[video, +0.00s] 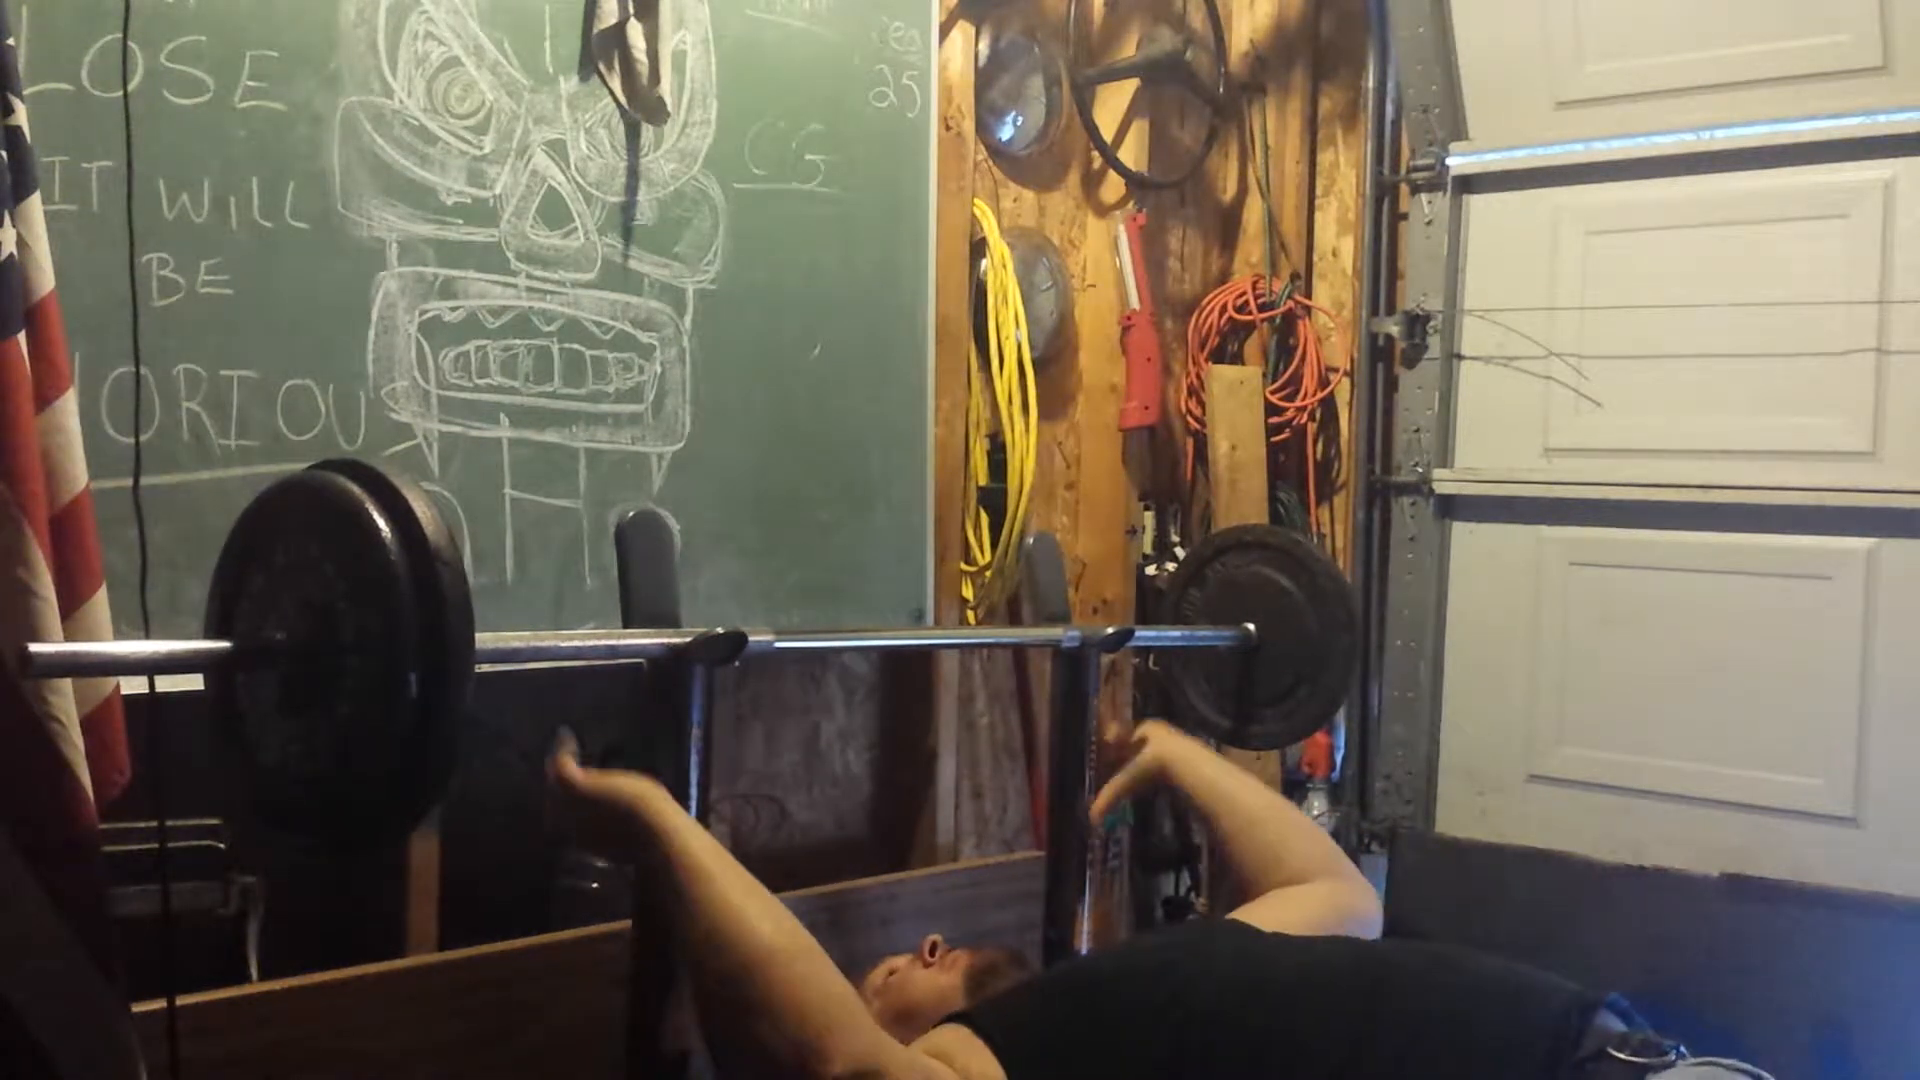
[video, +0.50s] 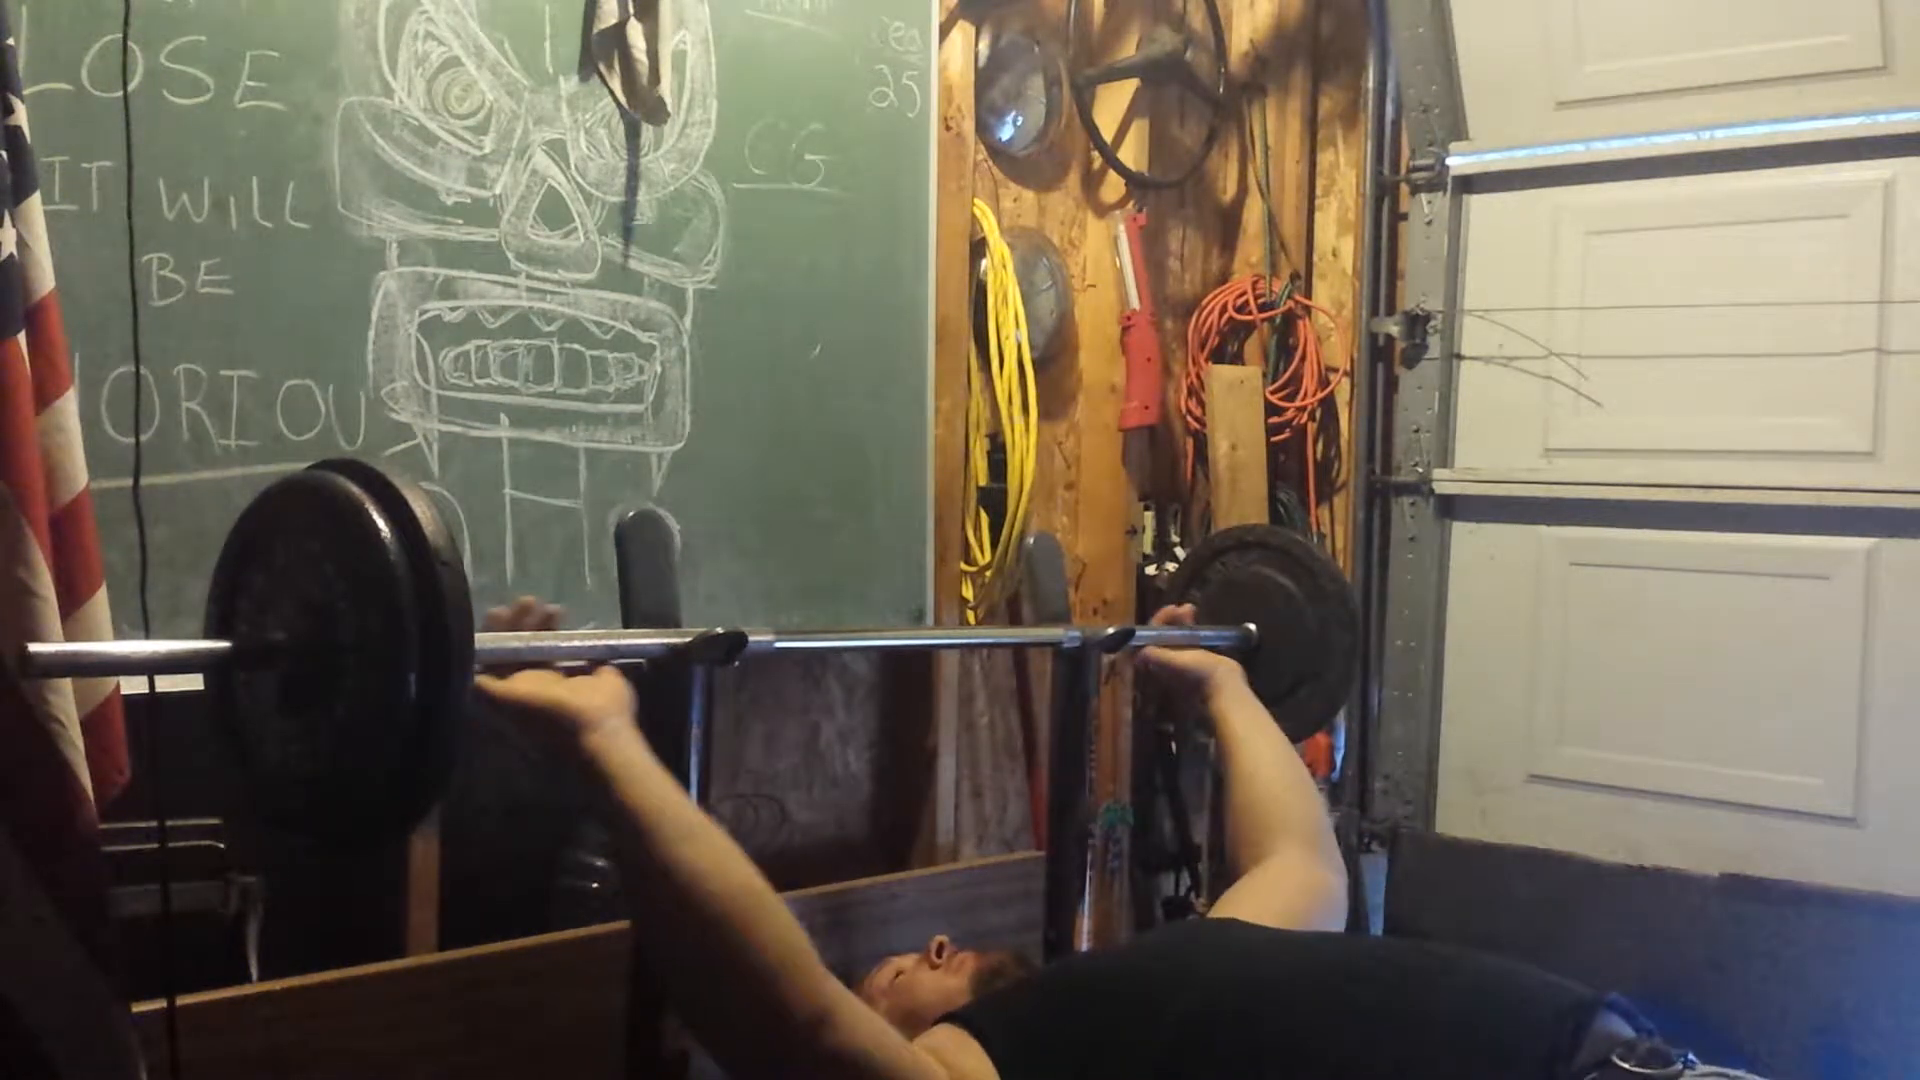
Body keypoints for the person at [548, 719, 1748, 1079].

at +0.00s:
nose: (925, 946)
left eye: (915, 945)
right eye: (892, 971)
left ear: (963, 956)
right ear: (878, 1034)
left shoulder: (1156, 975)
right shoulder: (946, 1068)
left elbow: (1333, 891)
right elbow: (806, 1021)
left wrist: (1176, 749)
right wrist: (656, 812)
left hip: (1639, 1044)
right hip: (1544, 1076)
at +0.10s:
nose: (913, 957)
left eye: (916, 950)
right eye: (887, 977)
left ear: (981, 953)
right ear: (885, 1033)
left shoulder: (1186, 970)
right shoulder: (945, 1071)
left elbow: (1329, 873)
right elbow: (793, 998)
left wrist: (1183, 712)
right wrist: (648, 771)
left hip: (1668, 1052)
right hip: (1570, 1070)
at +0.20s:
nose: (916, 964)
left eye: (922, 958)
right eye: (891, 982)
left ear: (982, 970)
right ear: (888, 1031)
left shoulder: (1174, 975)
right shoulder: (957, 1072)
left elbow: (1322, 872)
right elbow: (811, 1020)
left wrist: (1208, 688)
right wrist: (655, 744)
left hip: (1654, 1047)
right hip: (1576, 1065)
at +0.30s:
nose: (922, 947)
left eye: (909, 946)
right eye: (882, 972)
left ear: (957, 964)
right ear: (866, 1029)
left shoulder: (1168, 975)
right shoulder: (962, 1068)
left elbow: (1310, 854)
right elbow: (799, 996)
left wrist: (1206, 676)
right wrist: (654, 726)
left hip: (1678, 1053)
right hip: (1587, 1065)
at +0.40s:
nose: (923, 946)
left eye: (912, 943)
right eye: (887, 973)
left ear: (967, 959)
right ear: (876, 1034)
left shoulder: (1167, 974)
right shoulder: (966, 1067)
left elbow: (1302, 854)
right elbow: (798, 997)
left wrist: (1208, 678)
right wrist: (641, 728)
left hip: (1651, 1048)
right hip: (1568, 1062)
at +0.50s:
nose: (912, 953)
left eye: (913, 951)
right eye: (886, 975)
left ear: (969, 965)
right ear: (885, 1035)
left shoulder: (1157, 981)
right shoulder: (955, 1072)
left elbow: (1293, 858)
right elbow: (797, 1009)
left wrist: (1224, 684)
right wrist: (608, 736)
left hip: (1667, 1047)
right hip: (1571, 1061)